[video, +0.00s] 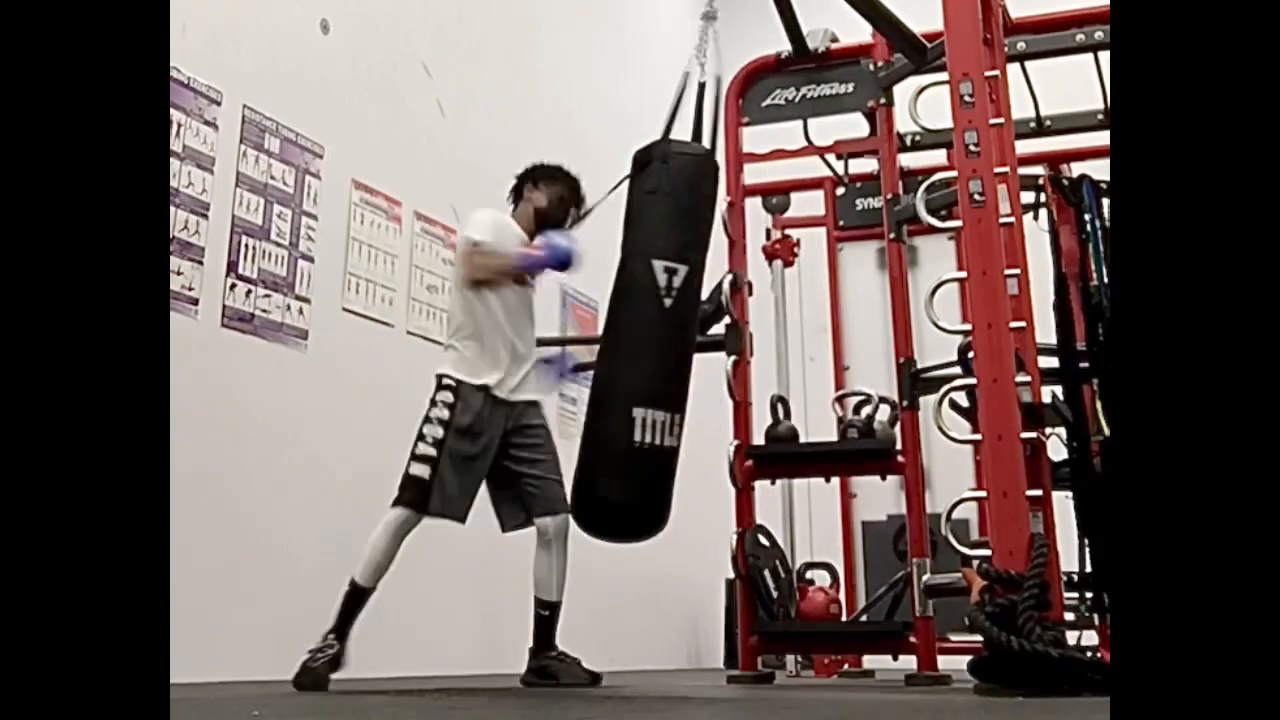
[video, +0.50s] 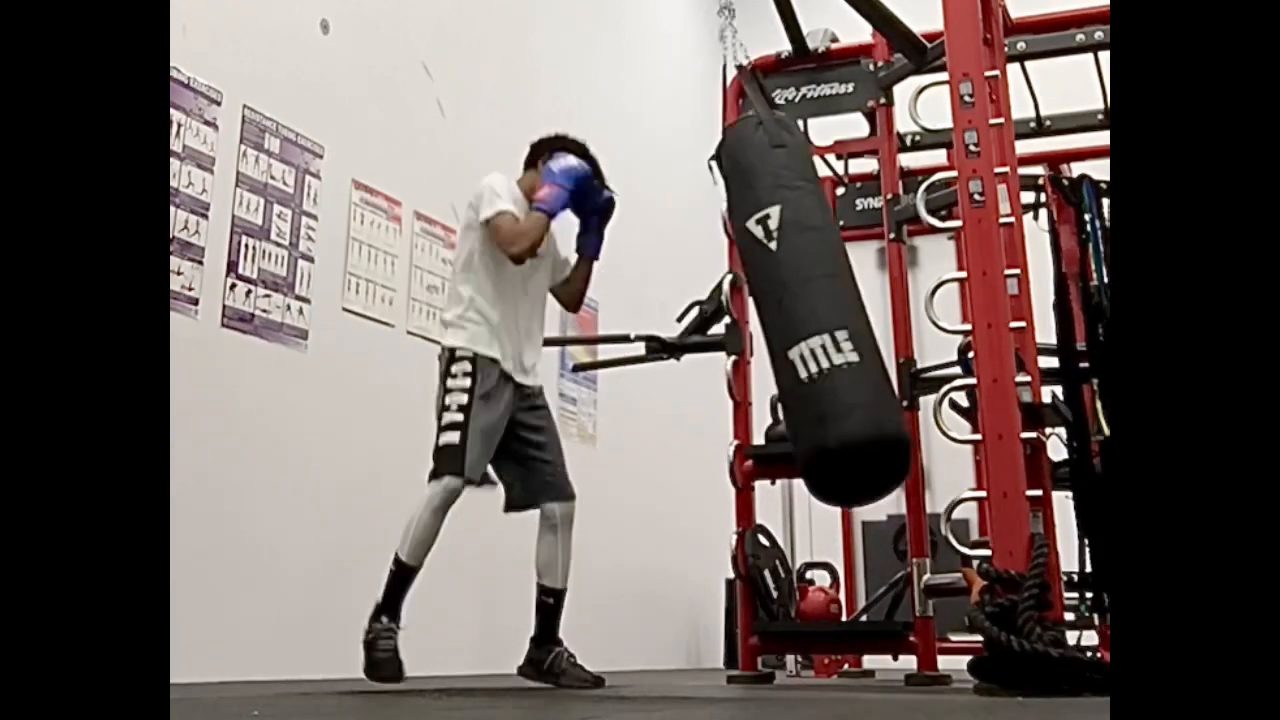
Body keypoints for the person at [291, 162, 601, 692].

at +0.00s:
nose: (557, 220)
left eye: (563, 215)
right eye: (554, 206)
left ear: (557, 218)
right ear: (528, 190)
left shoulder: (529, 257)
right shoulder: (487, 221)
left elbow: (510, 343)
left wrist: (563, 359)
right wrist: (540, 258)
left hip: (520, 400)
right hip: (467, 390)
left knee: (553, 522)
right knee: (407, 513)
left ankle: (544, 654)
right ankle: (334, 642)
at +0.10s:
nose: (559, 216)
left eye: (567, 210)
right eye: (556, 203)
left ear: (566, 210)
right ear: (531, 186)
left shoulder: (557, 252)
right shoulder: (480, 227)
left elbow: (584, 310)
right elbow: (397, 261)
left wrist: (614, 292)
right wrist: (450, 237)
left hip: (532, 396)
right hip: (471, 382)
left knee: (549, 519)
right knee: (410, 503)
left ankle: (545, 653)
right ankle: (355, 636)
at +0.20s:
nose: (539, 216)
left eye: (548, 211)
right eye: (536, 203)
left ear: (550, 213)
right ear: (513, 188)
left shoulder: (541, 258)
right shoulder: (462, 225)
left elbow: (554, 330)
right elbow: (423, 289)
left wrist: (579, 269)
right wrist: (489, 251)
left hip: (521, 394)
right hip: (461, 384)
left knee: (544, 519)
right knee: (423, 517)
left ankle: (545, 654)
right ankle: (379, 649)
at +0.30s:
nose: (525, 213)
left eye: (534, 207)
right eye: (521, 201)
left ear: (528, 209)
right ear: (496, 192)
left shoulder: (520, 254)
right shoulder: (457, 211)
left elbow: (549, 312)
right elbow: (467, 256)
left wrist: (558, 248)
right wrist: (514, 213)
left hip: (501, 397)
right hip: (446, 388)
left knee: (547, 511)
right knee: (409, 522)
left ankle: (540, 648)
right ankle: (373, 652)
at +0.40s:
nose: (552, 228)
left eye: (558, 222)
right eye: (553, 217)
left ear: (537, 208)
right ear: (534, 196)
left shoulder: (518, 251)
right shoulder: (489, 212)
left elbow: (540, 321)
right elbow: (492, 272)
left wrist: (558, 273)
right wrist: (545, 251)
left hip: (508, 392)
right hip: (461, 384)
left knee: (555, 514)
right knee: (426, 522)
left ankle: (542, 654)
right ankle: (370, 647)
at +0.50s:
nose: (565, 191)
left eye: (571, 185)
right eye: (562, 178)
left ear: (564, 191)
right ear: (535, 168)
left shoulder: (543, 236)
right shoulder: (496, 189)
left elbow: (571, 298)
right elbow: (515, 244)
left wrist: (592, 233)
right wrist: (552, 200)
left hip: (522, 376)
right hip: (475, 358)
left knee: (558, 504)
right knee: (448, 483)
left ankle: (545, 647)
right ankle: (385, 622)